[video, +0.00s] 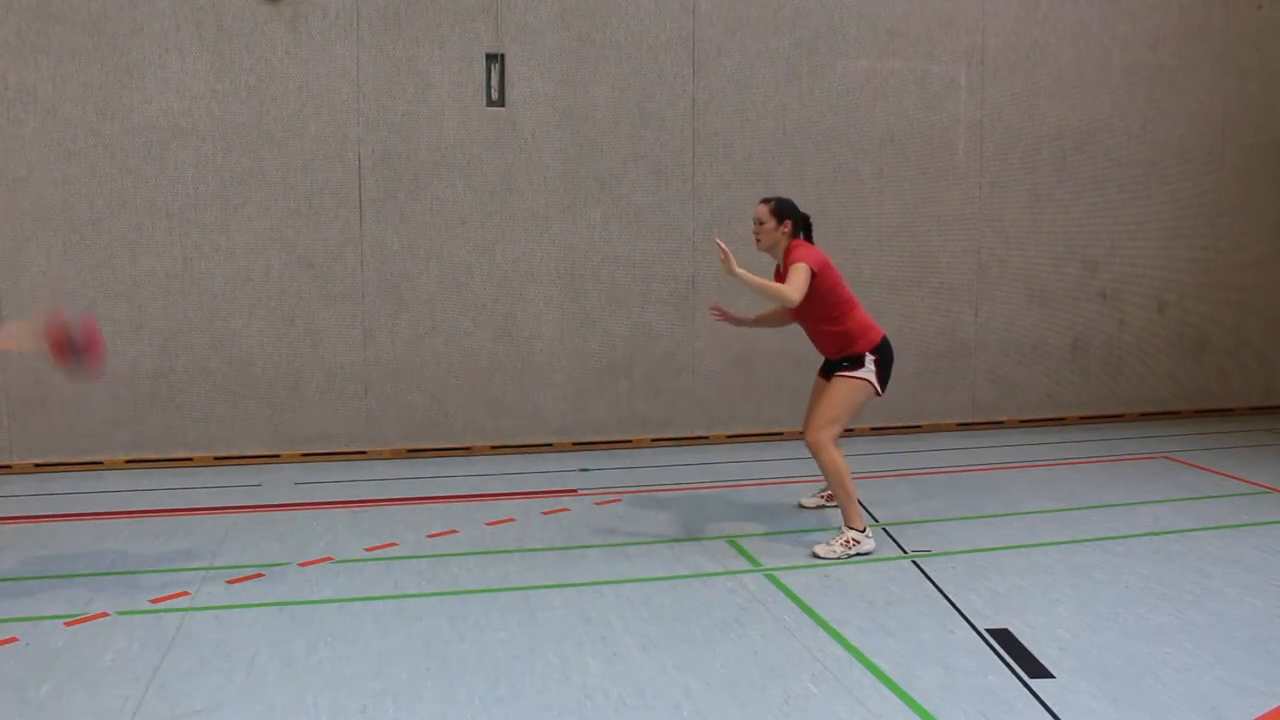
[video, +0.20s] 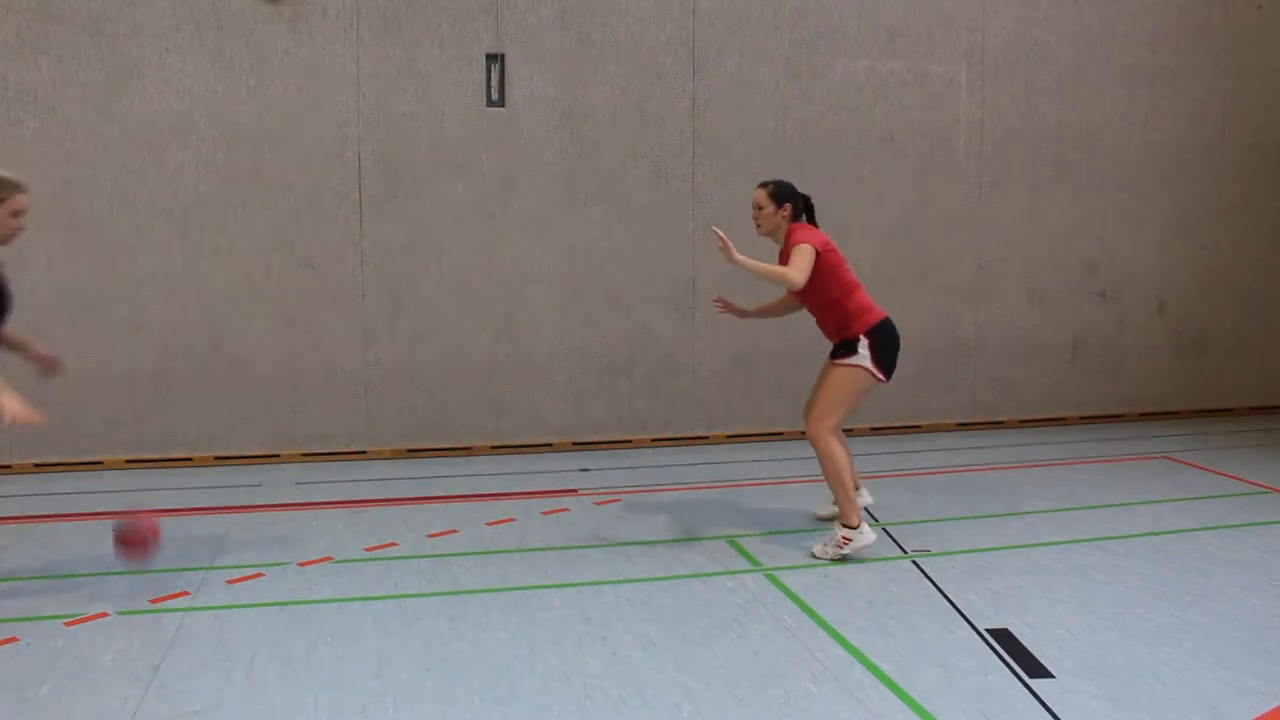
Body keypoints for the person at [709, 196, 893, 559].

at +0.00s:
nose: (753, 230)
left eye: (760, 223)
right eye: (754, 224)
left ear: (784, 226)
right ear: (779, 228)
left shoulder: (802, 254)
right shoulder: (786, 265)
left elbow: (792, 296)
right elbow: (792, 314)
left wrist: (738, 272)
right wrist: (745, 321)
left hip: (866, 355)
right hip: (838, 357)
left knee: (820, 437)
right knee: (813, 432)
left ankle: (857, 532)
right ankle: (840, 489)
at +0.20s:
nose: (753, 216)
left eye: (760, 209)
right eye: (753, 209)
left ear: (784, 210)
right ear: (782, 212)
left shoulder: (803, 235)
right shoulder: (794, 245)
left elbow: (796, 278)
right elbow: (798, 301)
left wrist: (739, 260)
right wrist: (750, 312)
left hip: (868, 337)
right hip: (851, 339)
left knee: (820, 427)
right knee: (818, 418)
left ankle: (854, 526)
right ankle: (853, 492)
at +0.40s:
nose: (756, 227)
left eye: (762, 220)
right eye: (756, 220)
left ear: (788, 221)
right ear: (787, 224)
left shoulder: (806, 250)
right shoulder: (799, 258)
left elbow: (794, 301)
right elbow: (801, 318)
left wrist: (735, 286)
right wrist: (753, 329)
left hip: (870, 356)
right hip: (855, 358)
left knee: (820, 447)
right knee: (829, 436)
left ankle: (854, 551)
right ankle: (859, 507)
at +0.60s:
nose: (755, 212)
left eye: (761, 203)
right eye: (755, 204)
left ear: (788, 204)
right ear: (788, 207)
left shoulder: (808, 232)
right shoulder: (805, 240)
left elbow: (802, 284)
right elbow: (811, 305)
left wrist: (741, 276)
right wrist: (763, 322)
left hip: (872, 341)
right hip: (862, 341)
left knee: (831, 443)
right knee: (840, 432)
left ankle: (853, 550)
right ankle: (869, 506)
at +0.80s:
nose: (761, 223)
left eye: (767, 214)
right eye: (761, 215)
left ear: (794, 215)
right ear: (792, 218)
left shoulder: (814, 245)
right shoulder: (804, 258)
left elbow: (807, 304)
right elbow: (813, 323)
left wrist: (746, 300)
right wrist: (767, 348)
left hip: (878, 357)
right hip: (861, 360)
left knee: (845, 459)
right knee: (830, 440)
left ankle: (877, 568)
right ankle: (877, 516)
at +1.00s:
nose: (762, 229)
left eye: (768, 221)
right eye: (761, 221)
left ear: (795, 221)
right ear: (791, 223)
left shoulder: (813, 247)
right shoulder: (797, 260)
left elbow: (777, 295)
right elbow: (768, 318)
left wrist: (724, 268)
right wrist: (714, 316)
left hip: (881, 362)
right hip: (867, 364)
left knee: (832, 462)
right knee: (843, 450)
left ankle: (874, 566)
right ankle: (883, 520)